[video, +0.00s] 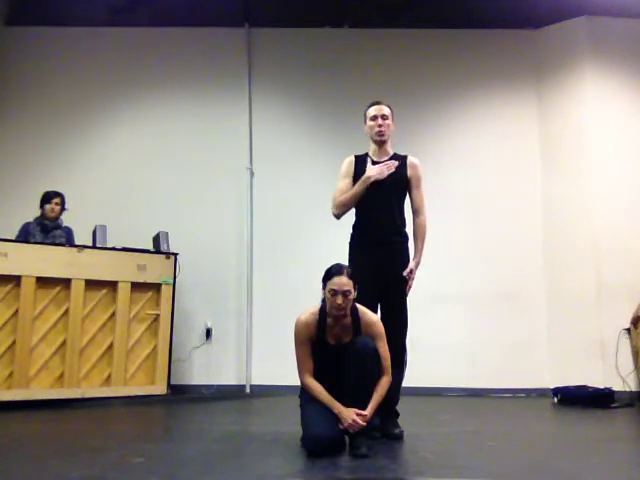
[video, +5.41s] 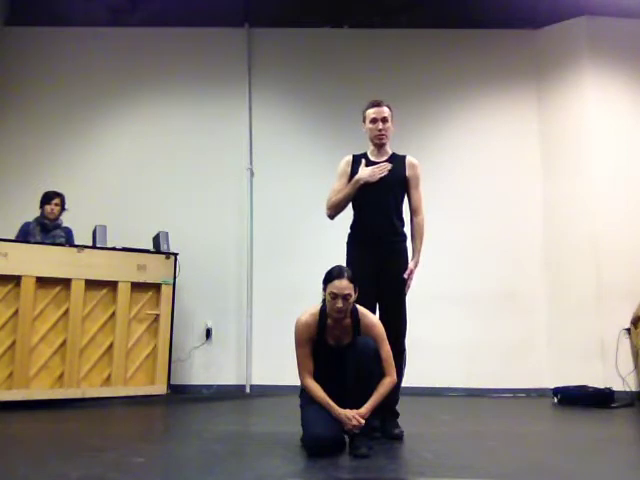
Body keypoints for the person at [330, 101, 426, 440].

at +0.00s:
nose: (380, 122)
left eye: (385, 118)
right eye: (374, 118)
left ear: (393, 125)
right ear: (365, 126)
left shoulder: (409, 166)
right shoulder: (353, 164)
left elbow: (419, 215)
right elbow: (337, 208)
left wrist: (416, 260)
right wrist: (368, 178)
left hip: (394, 257)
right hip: (362, 256)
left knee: (395, 337)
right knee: (359, 336)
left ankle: (388, 415)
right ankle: (359, 416)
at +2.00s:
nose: (381, 126)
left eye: (386, 121)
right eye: (376, 121)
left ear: (394, 126)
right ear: (366, 128)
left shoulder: (409, 167)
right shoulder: (353, 164)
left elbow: (419, 215)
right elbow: (332, 205)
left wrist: (416, 259)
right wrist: (365, 177)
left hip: (394, 257)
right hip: (361, 257)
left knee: (394, 338)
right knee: (359, 336)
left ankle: (388, 415)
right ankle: (358, 416)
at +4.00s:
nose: (383, 127)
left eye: (388, 121)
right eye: (377, 122)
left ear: (395, 125)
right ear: (367, 127)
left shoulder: (410, 166)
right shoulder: (353, 163)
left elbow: (419, 215)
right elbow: (333, 206)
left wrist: (416, 260)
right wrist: (365, 177)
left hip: (394, 258)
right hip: (361, 257)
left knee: (394, 337)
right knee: (359, 336)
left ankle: (388, 415)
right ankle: (359, 416)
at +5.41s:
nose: (380, 126)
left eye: (385, 120)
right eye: (374, 121)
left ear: (393, 125)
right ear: (364, 127)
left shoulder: (408, 166)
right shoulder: (351, 164)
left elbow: (417, 215)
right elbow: (331, 209)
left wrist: (415, 258)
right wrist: (359, 180)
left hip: (393, 256)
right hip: (360, 256)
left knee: (394, 337)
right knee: (359, 336)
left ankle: (389, 415)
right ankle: (360, 416)